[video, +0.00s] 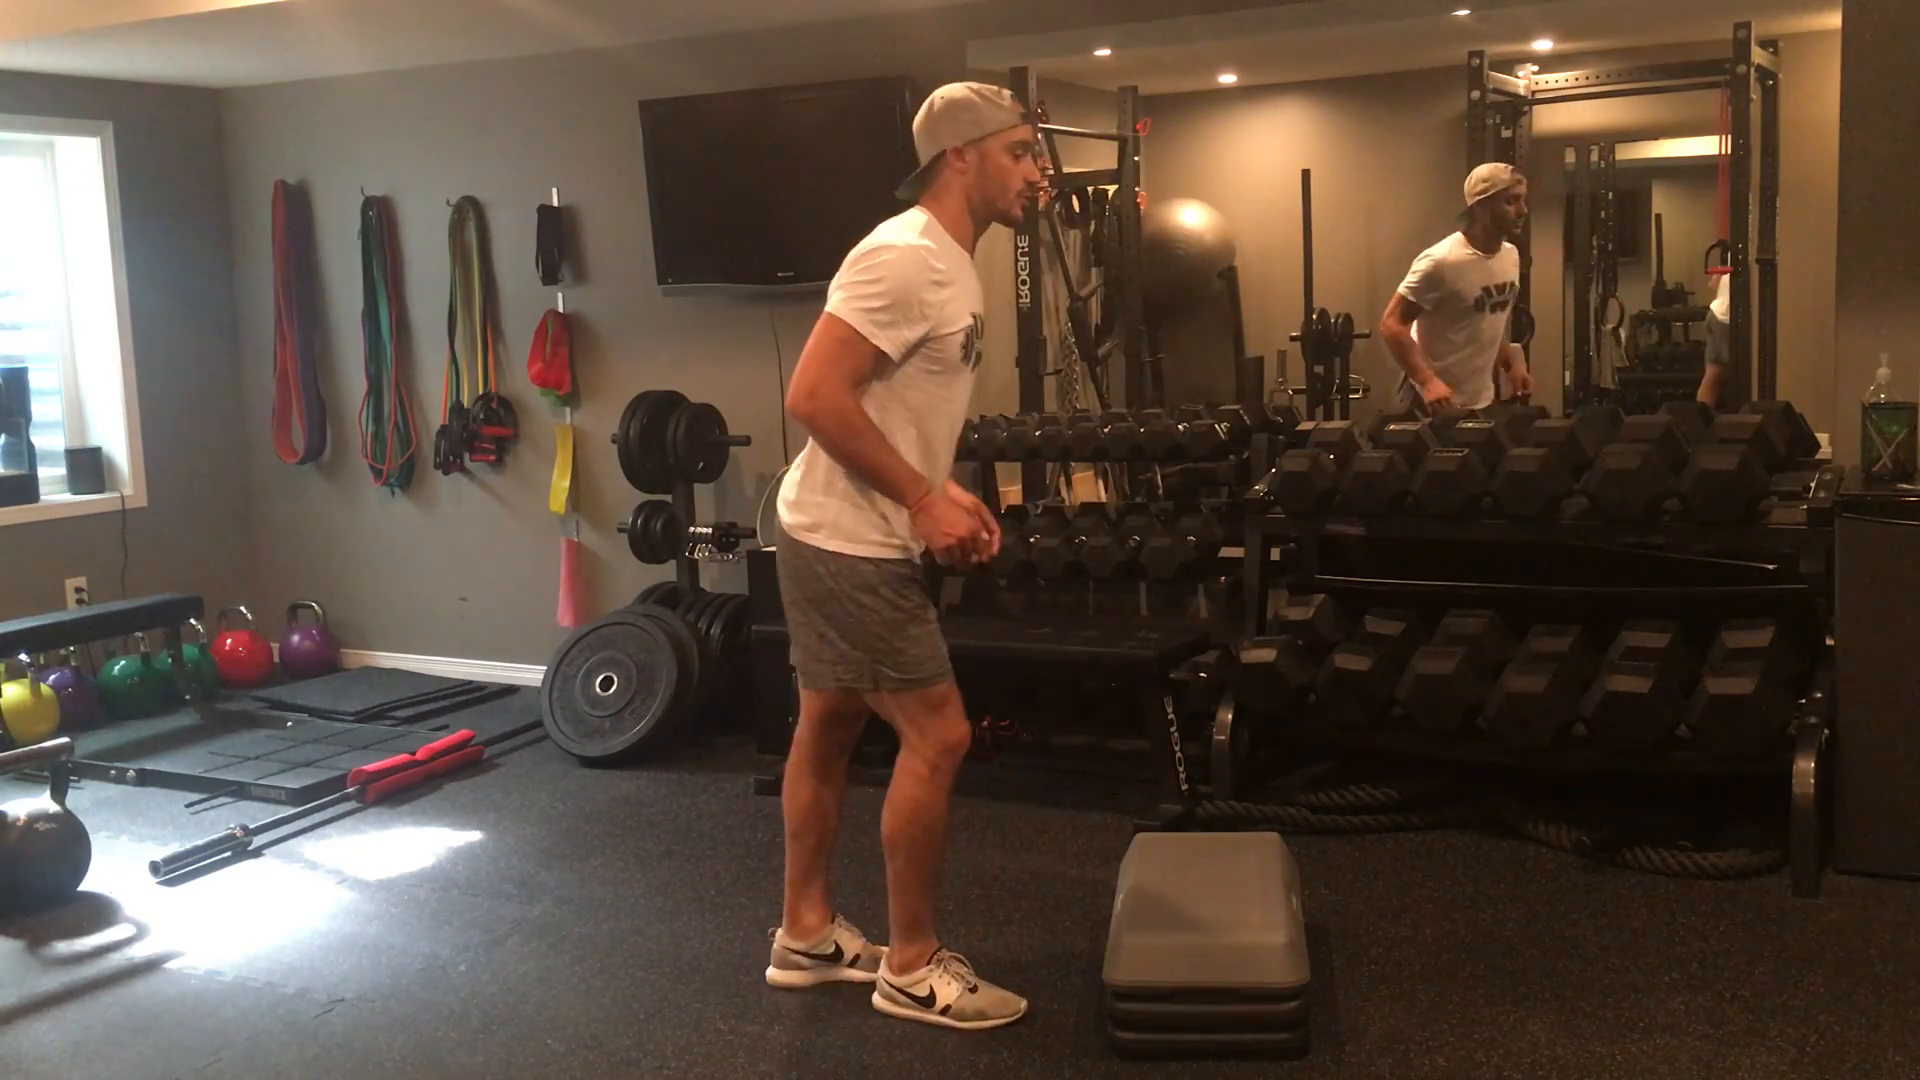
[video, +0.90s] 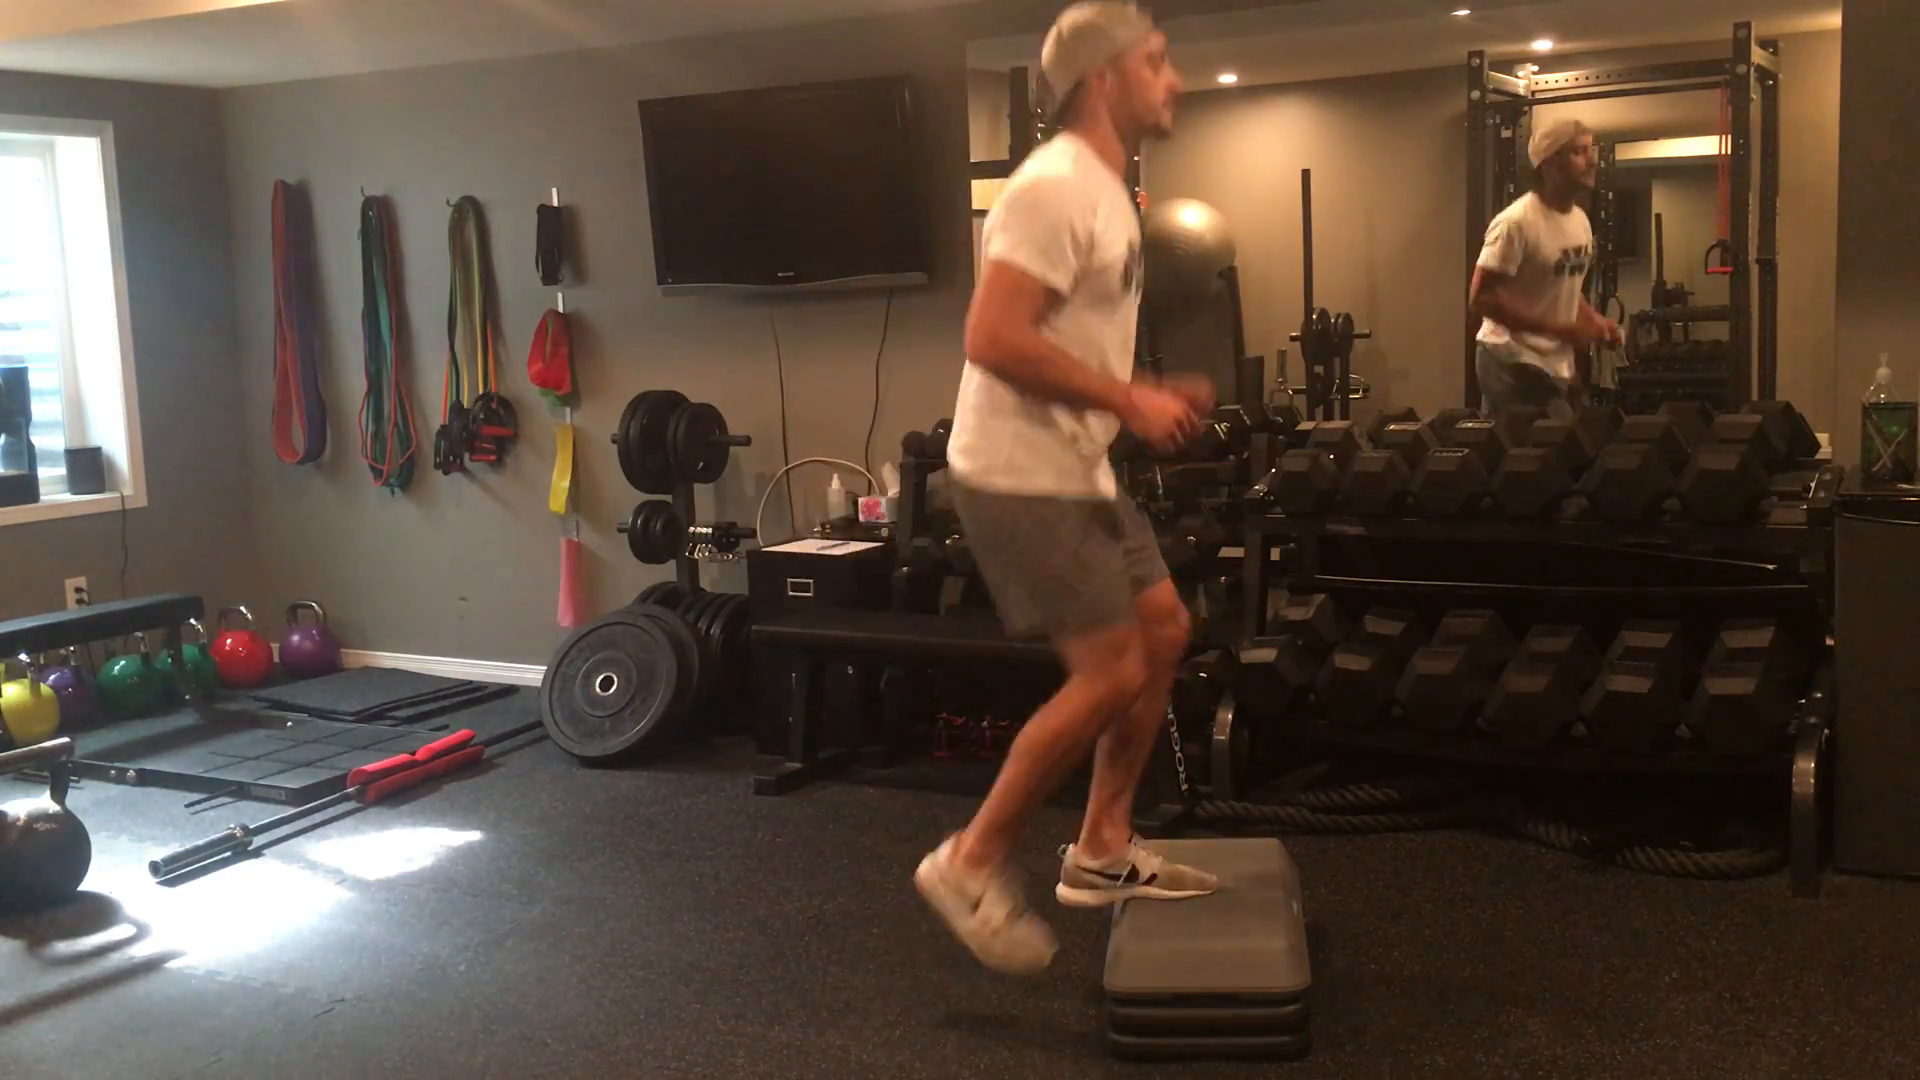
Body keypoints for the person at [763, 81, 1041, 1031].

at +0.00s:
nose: (1035, 171)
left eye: (1034, 154)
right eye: (1019, 153)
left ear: (972, 164)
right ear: (963, 160)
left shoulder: (952, 266)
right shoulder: (902, 254)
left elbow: (898, 417)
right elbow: (815, 393)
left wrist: (945, 498)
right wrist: (921, 497)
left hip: (868, 539)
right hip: (843, 542)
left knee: (826, 727)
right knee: (936, 735)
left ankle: (805, 929)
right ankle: (910, 964)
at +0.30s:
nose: (1045, 165)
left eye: (1044, 147)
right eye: (1030, 147)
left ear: (983, 160)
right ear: (969, 156)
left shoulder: (969, 260)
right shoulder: (906, 253)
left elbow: (909, 396)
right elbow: (812, 389)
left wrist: (978, 454)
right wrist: (937, 473)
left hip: (904, 537)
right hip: (875, 541)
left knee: (876, 733)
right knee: (944, 738)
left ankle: (808, 929)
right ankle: (909, 965)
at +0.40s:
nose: (1056, 154)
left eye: (1054, 137)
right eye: (1040, 137)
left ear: (994, 148)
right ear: (984, 146)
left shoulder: (981, 251)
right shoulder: (925, 250)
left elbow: (916, 398)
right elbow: (834, 392)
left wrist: (1001, 423)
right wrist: (962, 468)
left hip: (938, 533)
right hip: (891, 537)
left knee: (990, 701)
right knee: (932, 740)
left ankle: (845, 879)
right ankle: (907, 965)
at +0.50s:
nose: (1075, 142)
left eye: (1072, 125)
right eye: (1059, 126)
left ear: (1012, 140)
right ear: (999, 138)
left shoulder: (998, 243)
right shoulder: (948, 249)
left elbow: (940, 398)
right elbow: (885, 407)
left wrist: (1009, 477)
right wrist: (1013, 476)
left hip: (976, 524)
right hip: (913, 533)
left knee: (1072, 652)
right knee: (923, 746)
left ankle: (930, 811)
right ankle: (906, 965)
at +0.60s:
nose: (1101, 142)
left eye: (1096, 124)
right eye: (1084, 125)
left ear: (1032, 144)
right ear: (1025, 142)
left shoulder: (1008, 238)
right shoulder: (978, 251)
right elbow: (945, 414)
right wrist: (1075, 462)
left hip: (1005, 518)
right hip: (940, 534)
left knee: (1138, 612)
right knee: (931, 750)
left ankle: (1033, 801)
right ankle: (910, 962)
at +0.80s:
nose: (1164, 116)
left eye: (1158, 100)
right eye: (1147, 100)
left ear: (1098, 121)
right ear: (1092, 119)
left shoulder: (1090, 227)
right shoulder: (1048, 222)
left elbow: (1034, 386)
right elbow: (1005, 381)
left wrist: (1102, 454)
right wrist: (1133, 424)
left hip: (1071, 502)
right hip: (1004, 510)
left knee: (1174, 632)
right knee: (1026, 720)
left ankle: (1103, 845)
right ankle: (929, 937)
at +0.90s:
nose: (1175, 80)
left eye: (1169, 63)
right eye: (1158, 64)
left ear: (1112, 82)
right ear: (1106, 80)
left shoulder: (1108, 190)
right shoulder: (1053, 183)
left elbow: (1064, 344)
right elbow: (992, 338)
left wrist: (1142, 394)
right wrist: (1126, 396)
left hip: (1077, 466)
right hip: (1015, 473)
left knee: (1162, 630)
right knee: (1113, 666)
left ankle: (1102, 845)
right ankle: (966, 862)